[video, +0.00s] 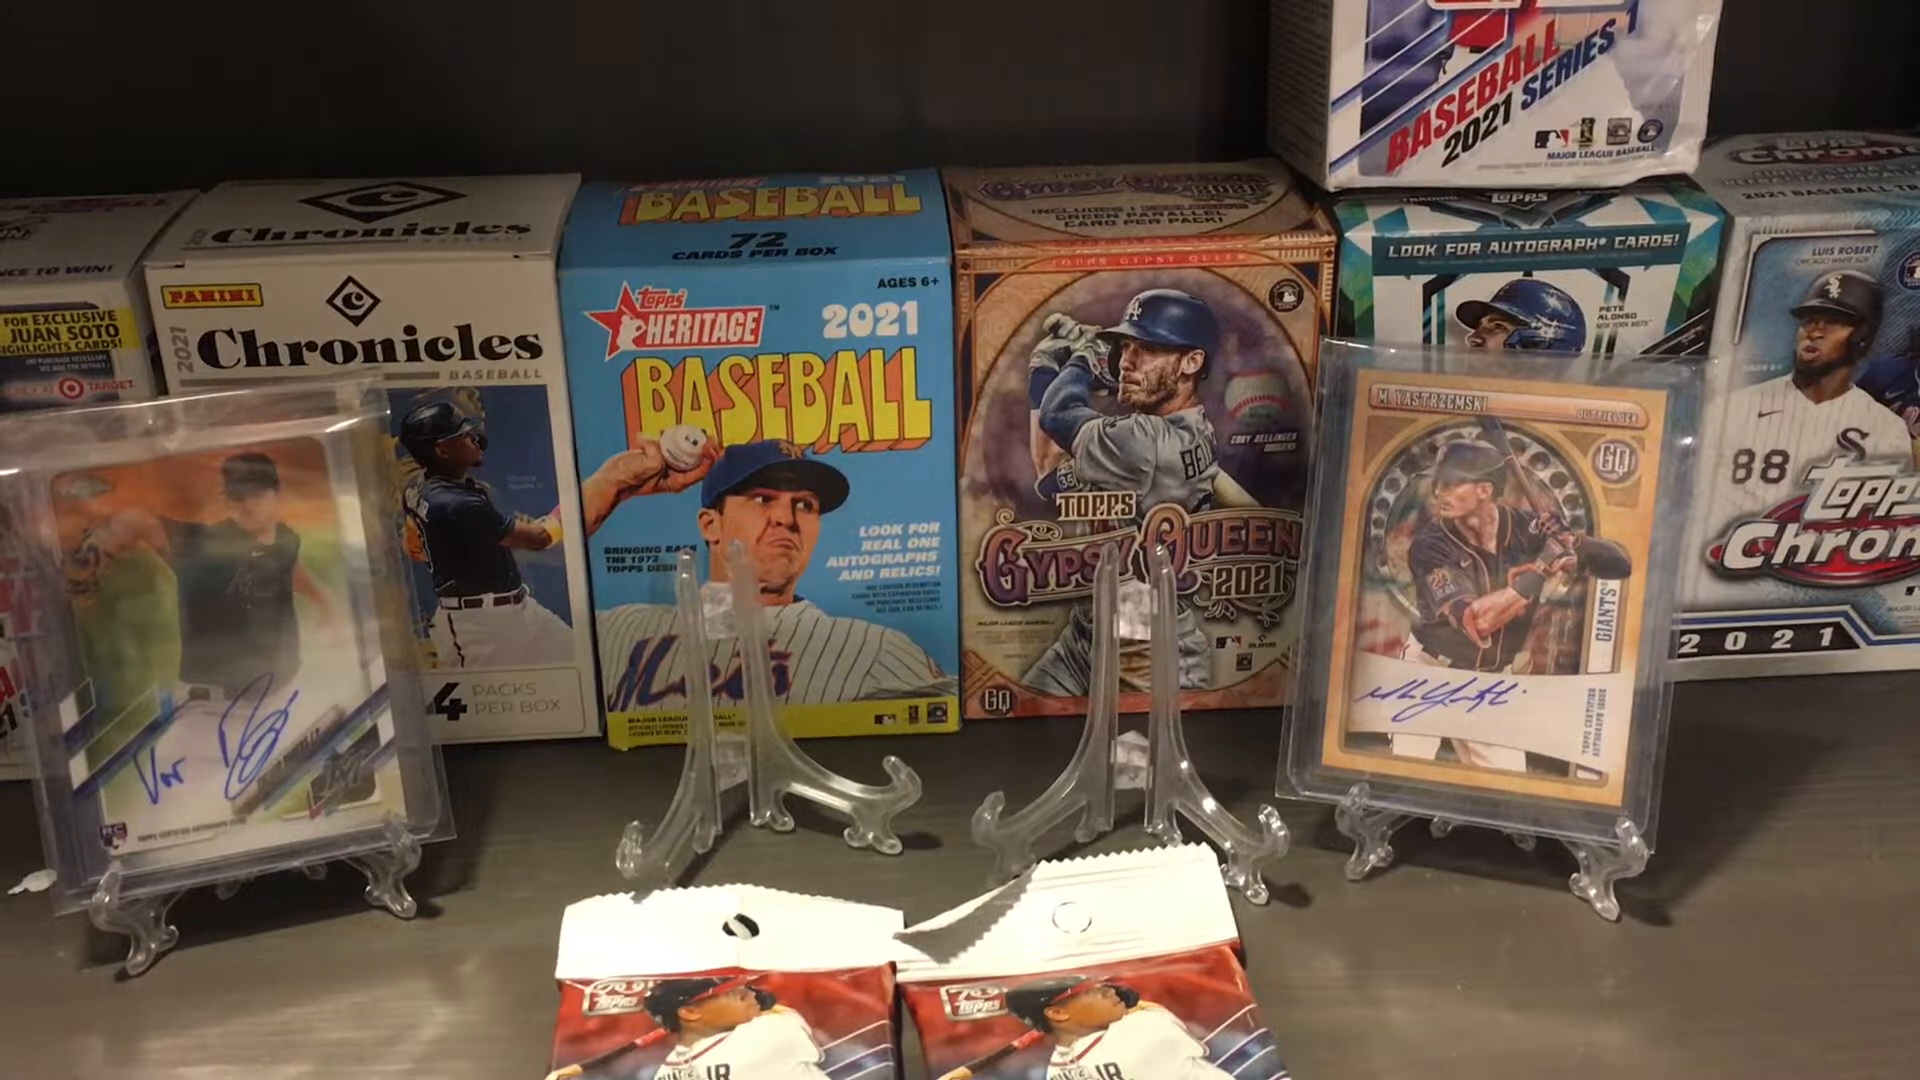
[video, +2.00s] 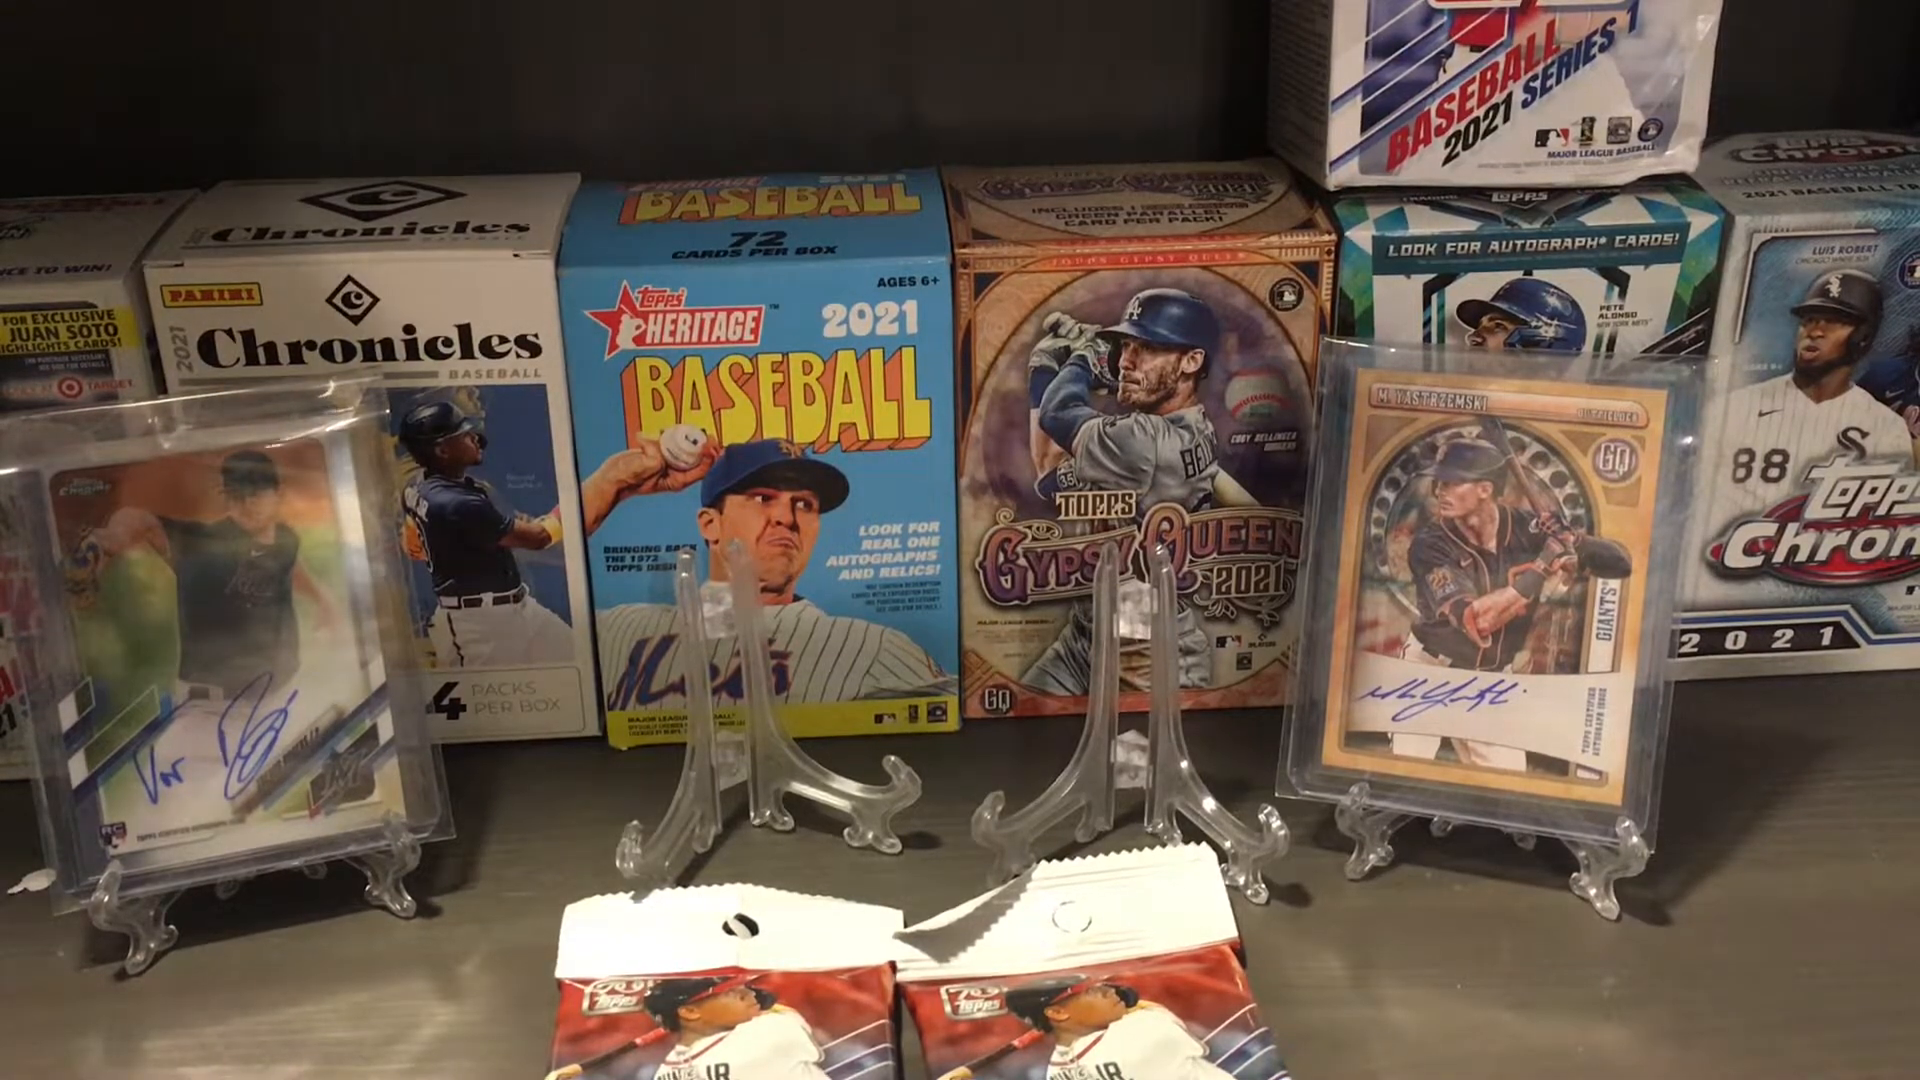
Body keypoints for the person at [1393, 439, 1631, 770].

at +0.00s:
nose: (1439, 492)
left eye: (1451, 484)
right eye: (1439, 484)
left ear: (1484, 491)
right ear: (1435, 487)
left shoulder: (1526, 528)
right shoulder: (1430, 542)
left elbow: (1622, 564)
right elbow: (1475, 623)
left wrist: (1577, 551)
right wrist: (1539, 571)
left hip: (1495, 677)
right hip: (1429, 670)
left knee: (1509, 792)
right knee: (1410, 775)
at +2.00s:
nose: (1439, 492)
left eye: (1451, 484)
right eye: (1439, 483)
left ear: (1484, 490)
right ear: (1436, 486)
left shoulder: (1527, 528)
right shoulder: (1430, 540)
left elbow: (1622, 562)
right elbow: (1474, 622)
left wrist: (1574, 551)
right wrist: (1540, 569)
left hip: (1495, 676)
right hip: (1429, 668)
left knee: (1508, 787)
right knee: (1411, 772)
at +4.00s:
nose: (1439, 492)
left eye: (1452, 484)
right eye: (1439, 483)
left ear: (1484, 491)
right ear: (1436, 486)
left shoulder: (1528, 530)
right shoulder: (1430, 542)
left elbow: (1622, 565)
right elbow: (1473, 622)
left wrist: (1574, 547)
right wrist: (1538, 573)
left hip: (1495, 677)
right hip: (1429, 670)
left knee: (1510, 789)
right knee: (1411, 772)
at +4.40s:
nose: (1440, 492)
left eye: (1453, 484)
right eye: (1440, 482)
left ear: (1485, 492)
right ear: (1435, 484)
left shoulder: (1526, 529)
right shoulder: (1431, 541)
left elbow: (1623, 563)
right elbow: (1473, 622)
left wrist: (1574, 548)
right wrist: (1540, 571)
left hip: (1494, 676)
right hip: (1430, 669)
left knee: (1509, 787)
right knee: (1411, 774)